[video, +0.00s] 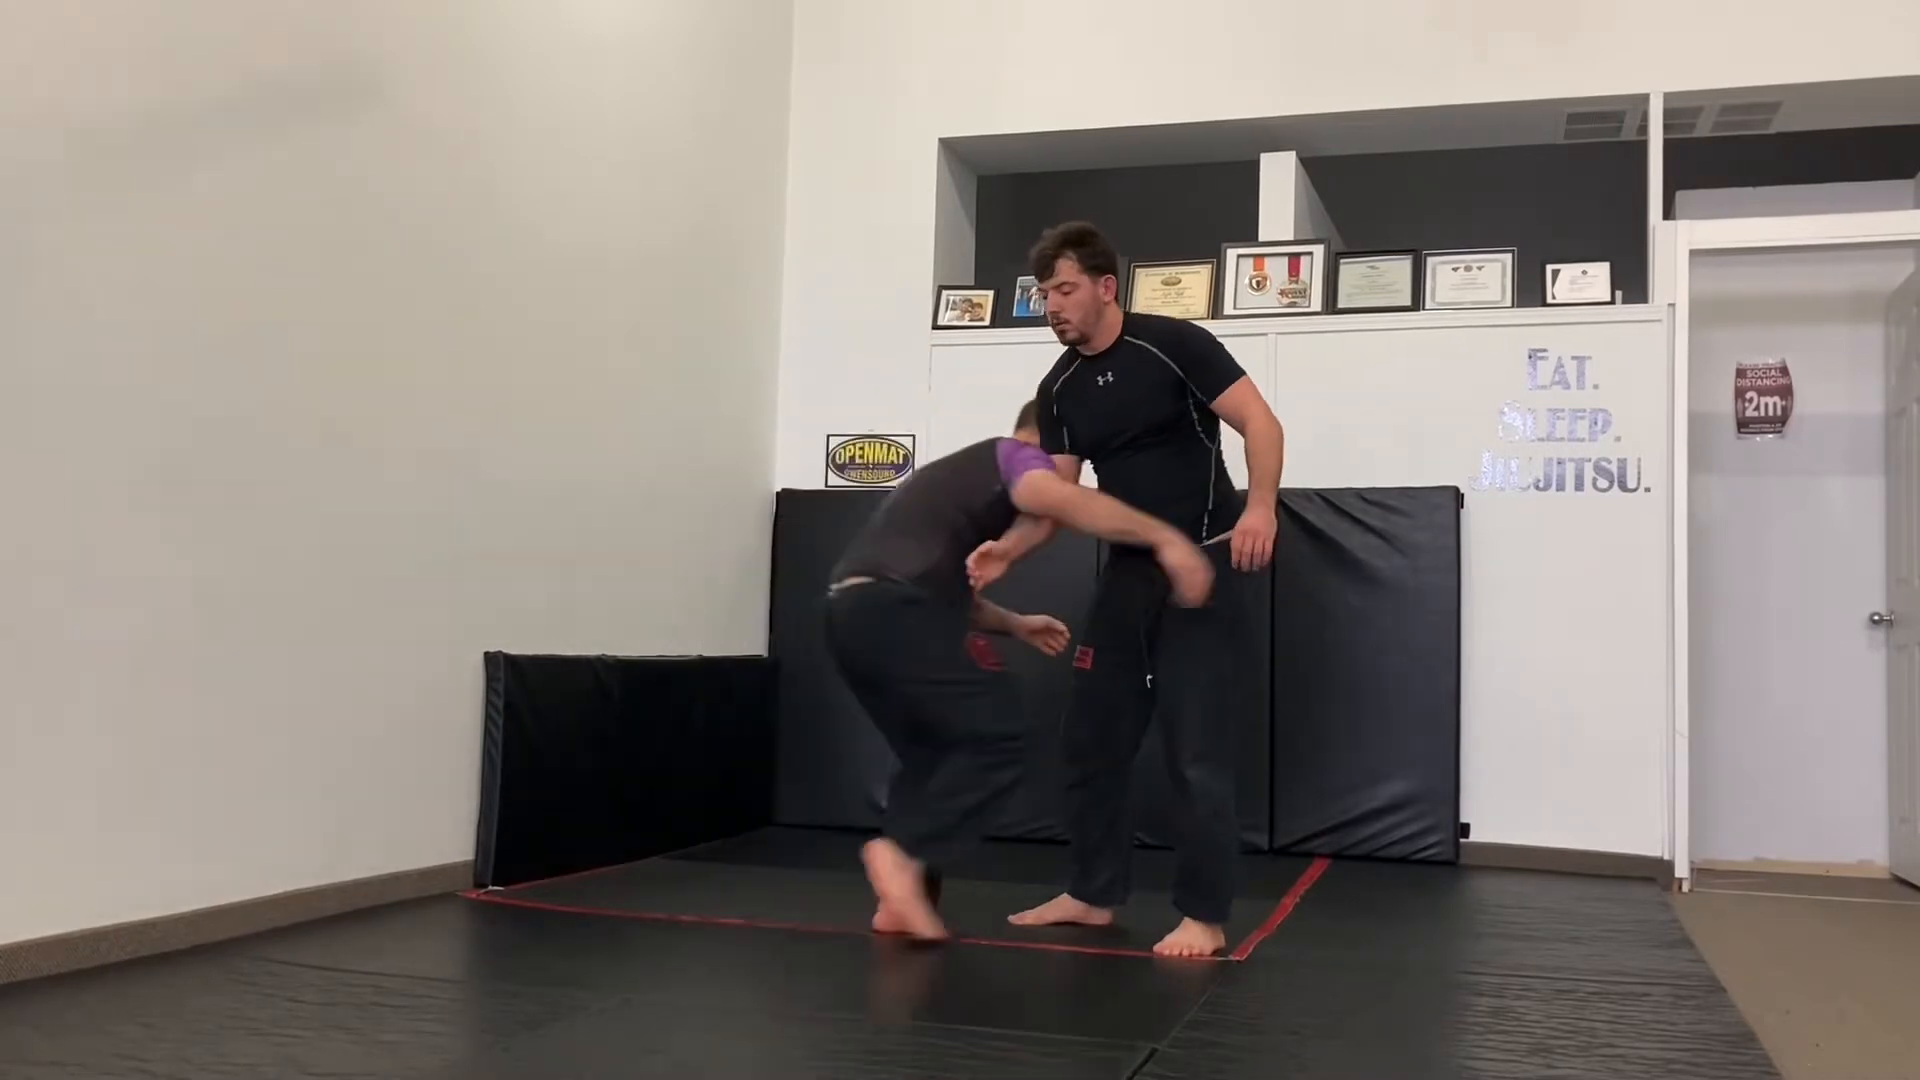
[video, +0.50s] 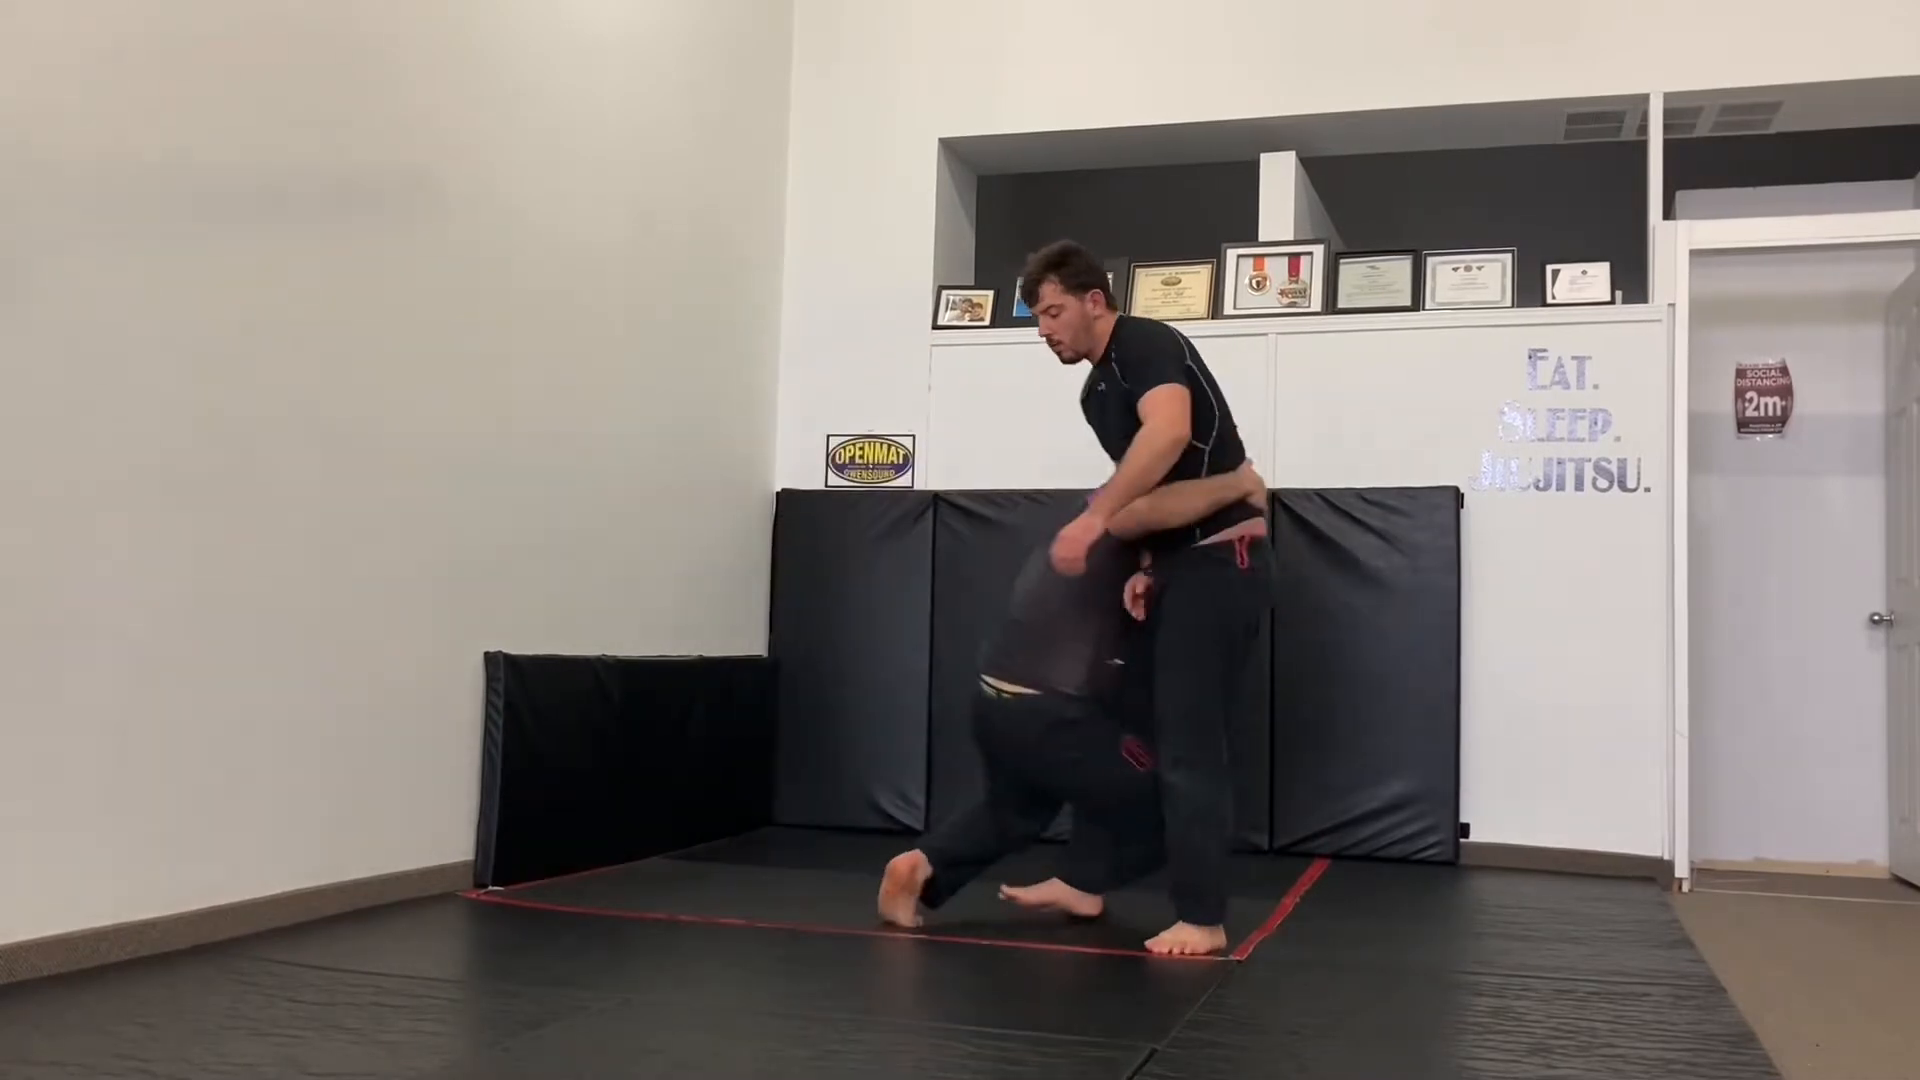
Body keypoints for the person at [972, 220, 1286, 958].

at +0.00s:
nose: (1051, 304)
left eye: (1063, 290)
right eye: (1044, 293)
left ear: (1107, 286)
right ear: (1044, 298)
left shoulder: (1175, 343)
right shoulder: (1061, 389)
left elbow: (1263, 426)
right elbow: (1052, 500)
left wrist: (1261, 507)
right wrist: (1008, 549)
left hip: (1204, 558)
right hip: (1125, 564)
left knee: (1197, 735)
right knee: (1098, 726)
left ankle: (1204, 915)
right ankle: (1094, 893)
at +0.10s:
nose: (1048, 301)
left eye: (1061, 286)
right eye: (1043, 290)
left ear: (1106, 284)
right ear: (1048, 297)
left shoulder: (1169, 341)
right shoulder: (1060, 384)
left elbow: (1257, 422)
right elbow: (1068, 497)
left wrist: (1255, 498)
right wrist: (1032, 557)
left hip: (1195, 561)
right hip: (1121, 568)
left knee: (1192, 737)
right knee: (1103, 726)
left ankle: (1203, 916)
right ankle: (1097, 898)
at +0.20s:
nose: (1041, 303)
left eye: (1054, 288)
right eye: (1036, 291)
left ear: (1098, 286)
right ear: (1042, 298)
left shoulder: (1158, 340)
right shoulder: (1057, 388)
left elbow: (1241, 417)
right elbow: (1092, 493)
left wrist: (1229, 495)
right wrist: (1074, 574)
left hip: (1186, 561)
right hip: (1112, 567)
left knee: (1182, 728)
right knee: (1096, 720)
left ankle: (1203, 917)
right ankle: (1092, 891)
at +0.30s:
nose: (1036, 312)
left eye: (1048, 297)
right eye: (1031, 300)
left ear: (1092, 292)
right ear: (1037, 305)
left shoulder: (1150, 341)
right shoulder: (1062, 393)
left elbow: (1221, 417)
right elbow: (1105, 489)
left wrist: (1185, 503)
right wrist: (1097, 575)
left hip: (1195, 562)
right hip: (1128, 568)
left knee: (1184, 732)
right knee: (1107, 723)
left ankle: (1200, 919)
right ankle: (1095, 888)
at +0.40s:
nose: (1037, 319)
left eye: (1047, 303)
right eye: (1031, 307)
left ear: (1091, 295)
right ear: (1045, 310)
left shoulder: (1149, 341)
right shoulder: (1078, 392)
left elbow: (1196, 423)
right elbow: (1126, 484)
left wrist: (1131, 515)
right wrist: (1119, 571)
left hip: (1202, 559)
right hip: (1146, 563)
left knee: (1188, 733)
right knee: (1117, 724)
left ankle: (1201, 918)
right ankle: (1097, 886)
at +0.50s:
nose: (1045, 330)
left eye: (1052, 312)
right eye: (1038, 317)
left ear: (1096, 301)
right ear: (1056, 315)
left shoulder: (1148, 343)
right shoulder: (1097, 392)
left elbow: (1170, 430)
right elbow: (1154, 485)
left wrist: (1093, 518)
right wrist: (1148, 564)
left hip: (1219, 555)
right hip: (1171, 560)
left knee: (1188, 731)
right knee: (1121, 712)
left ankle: (1202, 918)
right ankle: (1085, 881)